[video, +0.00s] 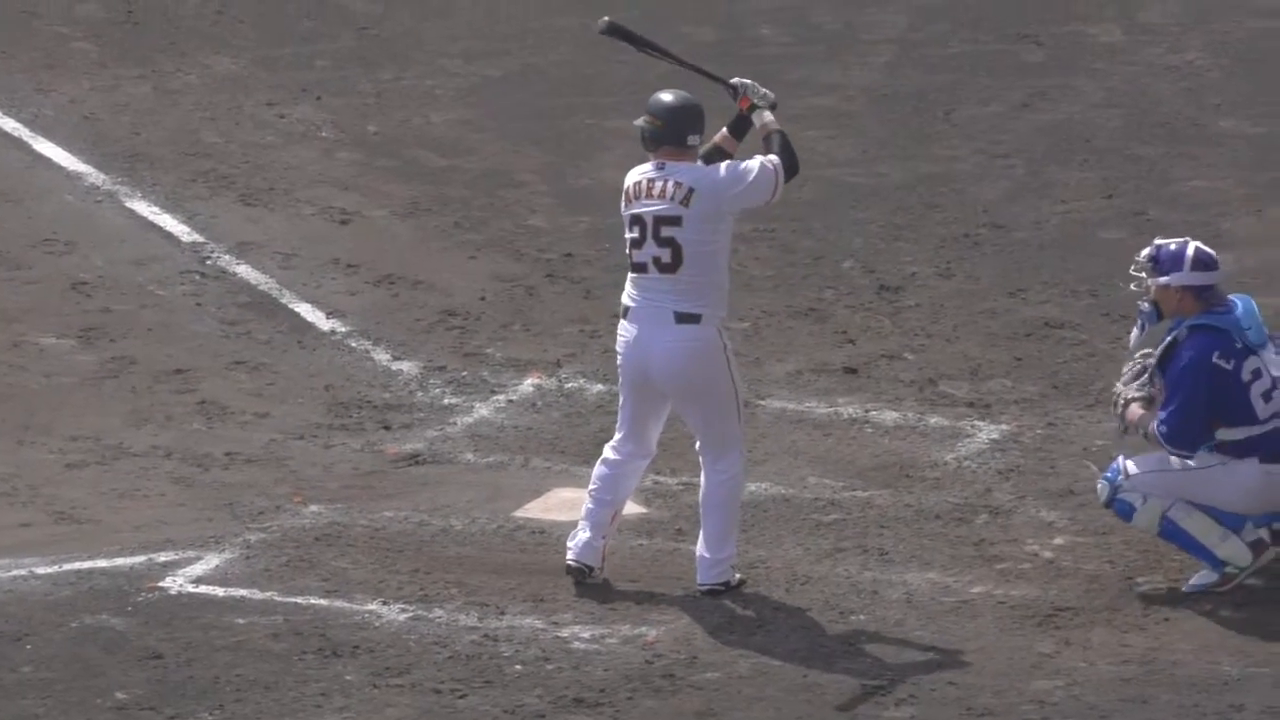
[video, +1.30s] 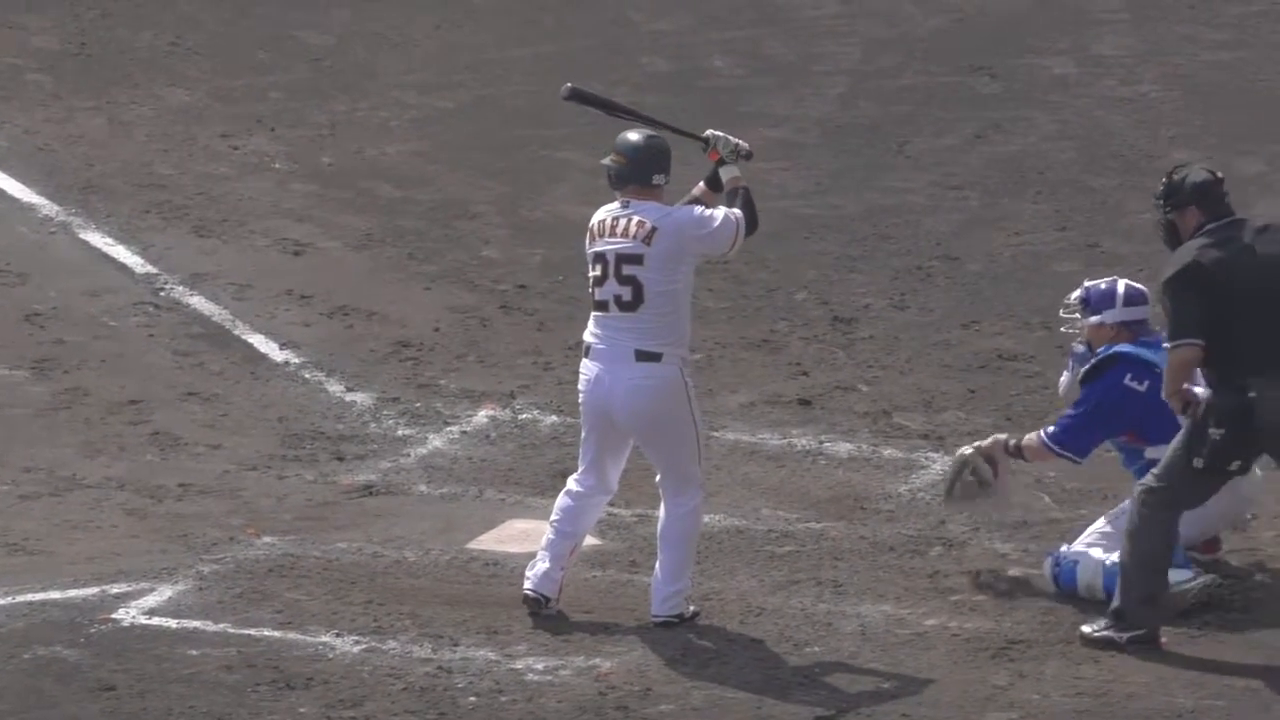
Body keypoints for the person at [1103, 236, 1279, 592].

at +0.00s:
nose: (1149, 292)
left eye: (1155, 285)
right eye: (1151, 284)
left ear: (1180, 293)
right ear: (1200, 290)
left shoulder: (1196, 352)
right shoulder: (1238, 313)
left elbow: (1179, 439)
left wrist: (1141, 417)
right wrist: (1158, 386)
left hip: (1258, 476)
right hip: (1269, 461)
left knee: (1120, 483)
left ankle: (1233, 557)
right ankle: (1254, 530)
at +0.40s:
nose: (1116, 314)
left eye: (1121, 307)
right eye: (1117, 305)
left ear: (1145, 314)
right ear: (1170, 305)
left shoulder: (1164, 375)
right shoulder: (1202, 316)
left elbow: (1139, 461)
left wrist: (1110, 417)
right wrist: (1126, 384)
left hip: (1237, 490)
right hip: (1270, 464)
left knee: (1094, 498)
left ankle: (1209, 561)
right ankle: (1228, 520)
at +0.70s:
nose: (1112, 313)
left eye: (1118, 306)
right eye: (1113, 305)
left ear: (1141, 312)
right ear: (1165, 307)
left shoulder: (1158, 367)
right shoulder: (1195, 328)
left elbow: (1121, 448)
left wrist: (1097, 414)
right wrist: (1117, 391)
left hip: (1228, 493)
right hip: (1264, 472)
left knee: (1083, 507)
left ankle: (1196, 571)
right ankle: (1209, 532)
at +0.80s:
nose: (1112, 316)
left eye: (1118, 308)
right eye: (1114, 307)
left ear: (1141, 314)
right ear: (1160, 311)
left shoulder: (1154, 362)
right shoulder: (1190, 332)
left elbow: (1120, 445)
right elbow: (1130, 388)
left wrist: (1080, 432)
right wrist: (1089, 410)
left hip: (1216, 494)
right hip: (1242, 477)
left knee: (1081, 515)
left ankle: (1189, 574)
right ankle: (1203, 540)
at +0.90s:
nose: (1109, 319)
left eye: (1115, 311)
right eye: (1110, 310)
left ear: (1138, 316)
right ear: (1162, 313)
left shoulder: (1152, 364)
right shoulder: (1196, 335)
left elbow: (1119, 450)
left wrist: (1073, 463)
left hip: (1211, 495)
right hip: (1245, 481)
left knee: (1076, 528)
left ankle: (1188, 578)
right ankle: (1201, 553)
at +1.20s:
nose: (1089, 327)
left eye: (1096, 319)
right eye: (1091, 318)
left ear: (1121, 326)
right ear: (1149, 322)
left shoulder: (1125, 375)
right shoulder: (1187, 345)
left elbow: (1083, 451)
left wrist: (1029, 469)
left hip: (1171, 493)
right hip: (1217, 478)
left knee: (1066, 563)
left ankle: (1180, 582)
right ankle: (1202, 541)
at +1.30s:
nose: (1081, 330)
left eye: (1088, 321)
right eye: (1082, 321)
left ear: (1114, 329)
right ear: (1131, 325)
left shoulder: (1117, 375)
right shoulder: (1165, 349)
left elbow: (1061, 443)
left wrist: (1005, 446)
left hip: (1191, 495)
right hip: (1238, 483)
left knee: (1066, 563)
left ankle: (1172, 580)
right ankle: (1200, 546)